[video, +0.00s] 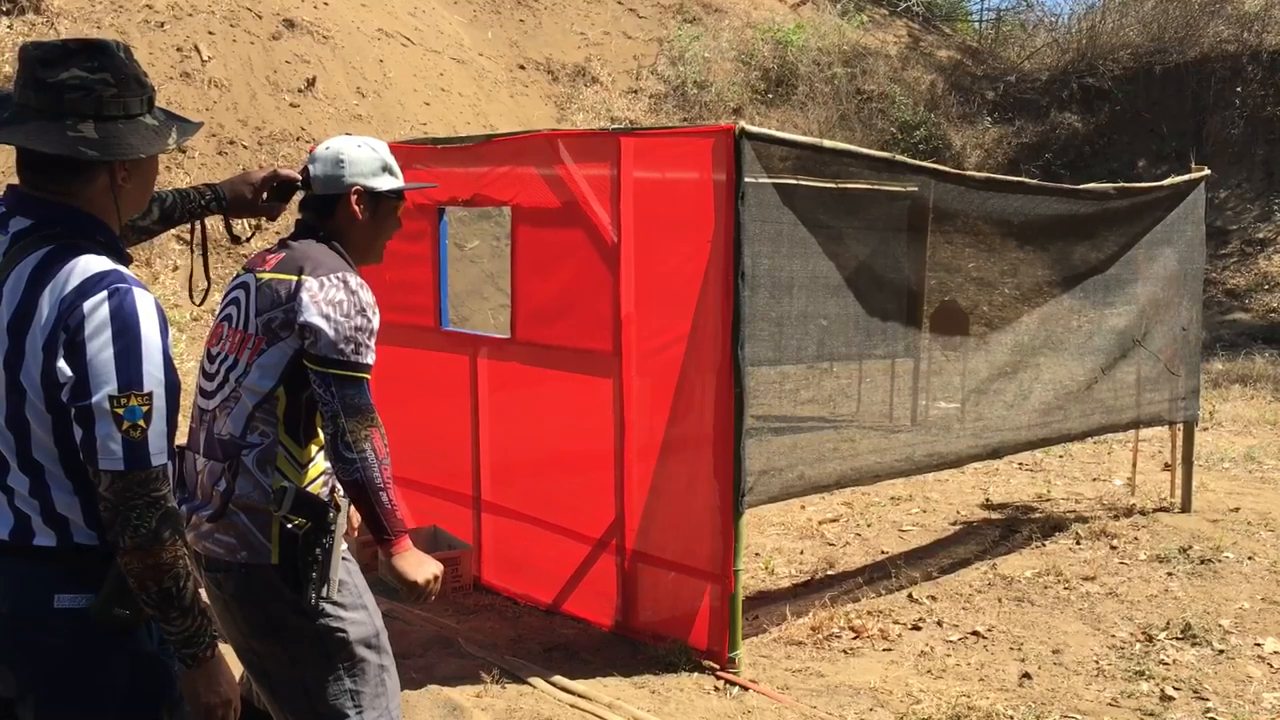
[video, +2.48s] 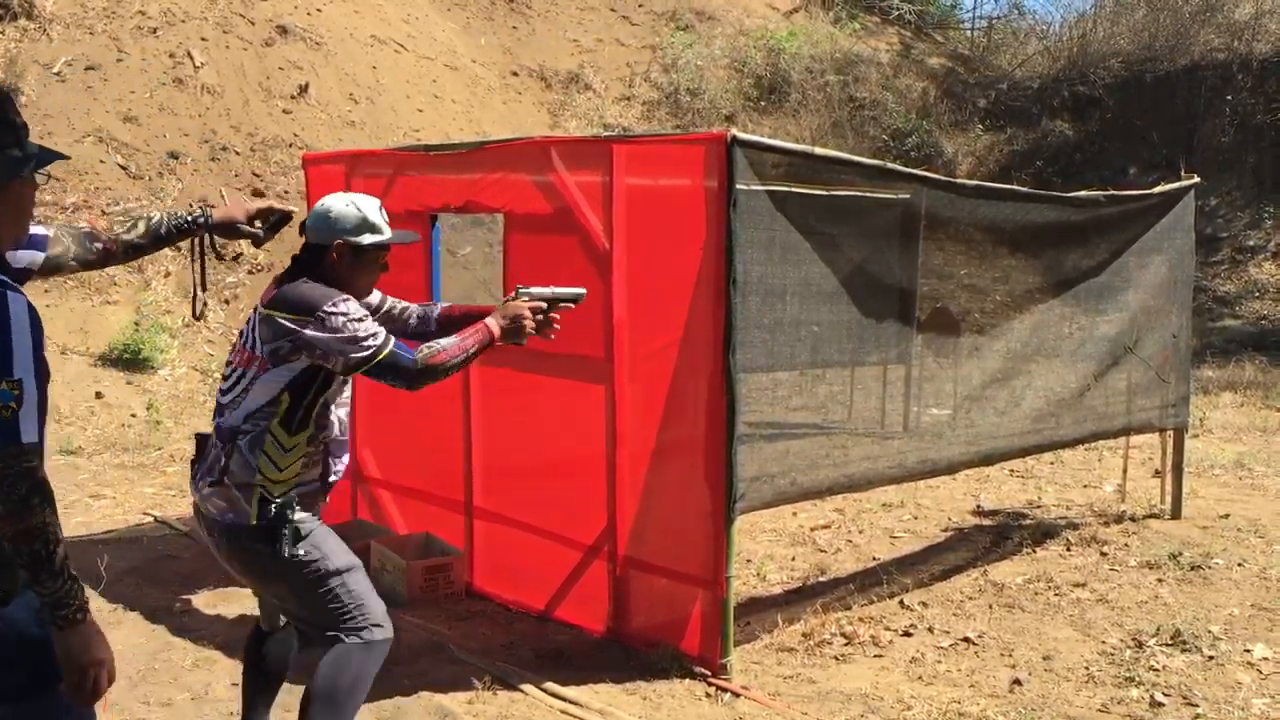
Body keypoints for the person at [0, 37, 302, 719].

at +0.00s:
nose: (162, 168)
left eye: (162, 152)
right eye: (156, 153)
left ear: (32, 155)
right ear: (118, 171)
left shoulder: (11, 235)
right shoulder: (111, 303)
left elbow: (110, 220)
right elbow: (140, 517)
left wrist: (224, 196)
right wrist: (201, 650)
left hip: (12, 573)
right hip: (89, 604)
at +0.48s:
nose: (171, 174)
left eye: (169, 159)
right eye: (163, 159)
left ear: (42, 158)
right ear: (127, 176)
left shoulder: (9, 233)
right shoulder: (116, 309)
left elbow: (128, 226)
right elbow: (144, 523)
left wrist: (252, 201)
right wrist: (206, 655)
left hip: (14, 571)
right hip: (89, 603)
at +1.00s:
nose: (183, 192)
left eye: (184, 178)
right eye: (176, 179)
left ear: (54, 168)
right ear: (139, 197)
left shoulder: (14, 231)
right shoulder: (120, 325)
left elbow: (142, 225)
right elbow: (134, 539)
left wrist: (264, 210)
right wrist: (188, 678)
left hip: (13, 571)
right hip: (74, 606)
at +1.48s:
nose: (182, 189)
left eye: (182, 176)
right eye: (174, 177)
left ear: (53, 167)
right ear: (134, 194)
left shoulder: (14, 228)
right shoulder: (113, 322)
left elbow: (146, 221)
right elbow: (128, 533)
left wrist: (272, 206)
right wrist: (187, 677)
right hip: (68, 607)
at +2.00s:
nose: (166, 191)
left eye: (167, 176)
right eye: (159, 178)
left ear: (43, 168)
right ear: (119, 192)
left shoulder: (9, 230)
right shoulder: (98, 318)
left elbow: (115, 225)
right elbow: (117, 531)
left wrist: (235, 197)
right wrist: (177, 673)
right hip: (58, 617)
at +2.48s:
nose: (39, 192)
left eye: (35, 177)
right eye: (30, 177)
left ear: (8, 191)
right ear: (2, 191)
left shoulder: (9, 257)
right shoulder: (12, 315)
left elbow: (94, 242)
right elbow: (18, 482)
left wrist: (211, 218)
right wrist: (70, 614)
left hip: (19, 576)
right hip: (18, 588)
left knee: (59, 685)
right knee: (63, 693)